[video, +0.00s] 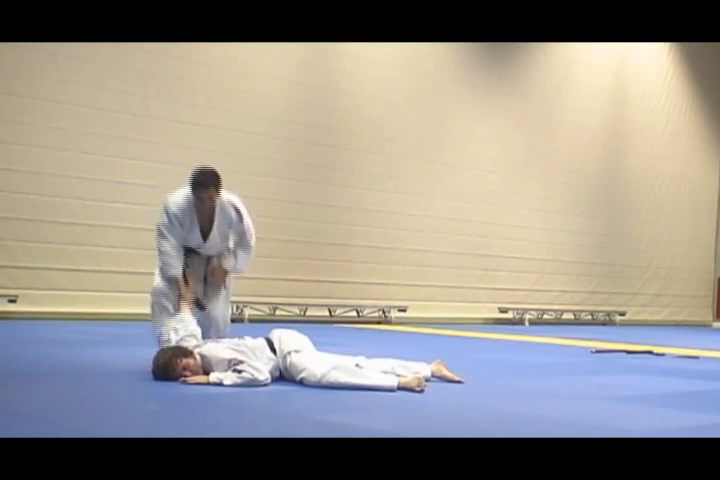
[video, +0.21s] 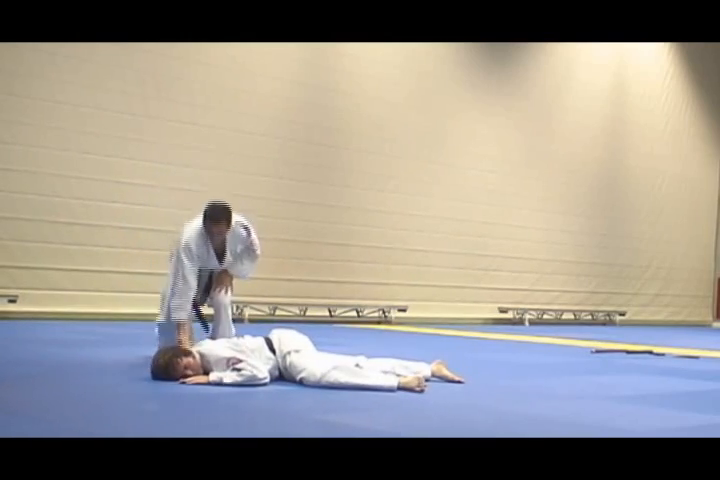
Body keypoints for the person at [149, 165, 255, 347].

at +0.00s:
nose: (207, 204)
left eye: (212, 198)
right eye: (201, 199)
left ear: (219, 193)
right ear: (193, 195)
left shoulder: (232, 207)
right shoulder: (175, 207)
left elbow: (246, 245)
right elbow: (168, 248)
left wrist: (226, 266)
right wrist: (182, 287)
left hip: (216, 257)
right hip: (182, 256)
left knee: (217, 309)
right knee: (162, 292)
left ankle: (217, 358)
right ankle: (171, 351)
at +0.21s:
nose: (214, 233)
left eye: (219, 229)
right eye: (211, 228)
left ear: (228, 226)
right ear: (204, 225)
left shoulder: (241, 229)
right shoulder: (190, 239)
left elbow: (252, 255)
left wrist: (229, 272)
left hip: (219, 272)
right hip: (191, 270)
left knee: (222, 302)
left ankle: (224, 348)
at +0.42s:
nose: (208, 247)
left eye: (212, 242)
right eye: (204, 243)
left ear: (219, 237)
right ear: (196, 238)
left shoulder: (230, 238)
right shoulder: (186, 252)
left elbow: (249, 257)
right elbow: (184, 294)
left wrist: (230, 273)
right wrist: (185, 340)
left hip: (216, 280)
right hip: (190, 284)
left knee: (220, 293)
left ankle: (222, 343)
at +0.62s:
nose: (199, 197)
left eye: (202, 192)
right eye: (194, 192)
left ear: (208, 191)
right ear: (185, 191)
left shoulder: (215, 211)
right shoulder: (171, 211)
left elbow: (226, 244)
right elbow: (169, 251)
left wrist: (213, 268)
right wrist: (184, 283)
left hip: (201, 258)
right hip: (174, 256)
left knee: (209, 304)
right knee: (170, 306)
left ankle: (216, 351)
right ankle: (165, 350)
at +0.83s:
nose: (179, 169)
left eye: (183, 164)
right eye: (174, 164)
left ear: (189, 166)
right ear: (166, 165)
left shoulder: (197, 193)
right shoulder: (152, 191)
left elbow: (211, 222)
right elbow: (135, 223)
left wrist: (208, 249)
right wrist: (144, 254)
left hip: (186, 249)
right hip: (156, 248)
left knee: (193, 302)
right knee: (167, 293)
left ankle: (177, 342)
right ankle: (167, 346)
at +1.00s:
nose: (164, 166)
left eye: (168, 162)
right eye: (159, 162)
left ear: (174, 163)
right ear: (152, 164)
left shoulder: (186, 189)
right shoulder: (138, 187)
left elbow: (208, 215)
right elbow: (111, 201)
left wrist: (189, 219)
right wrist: (97, 225)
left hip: (170, 244)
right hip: (143, 241)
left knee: (159, 289)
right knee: (150, 286)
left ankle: (144, 331)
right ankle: (159, 339)